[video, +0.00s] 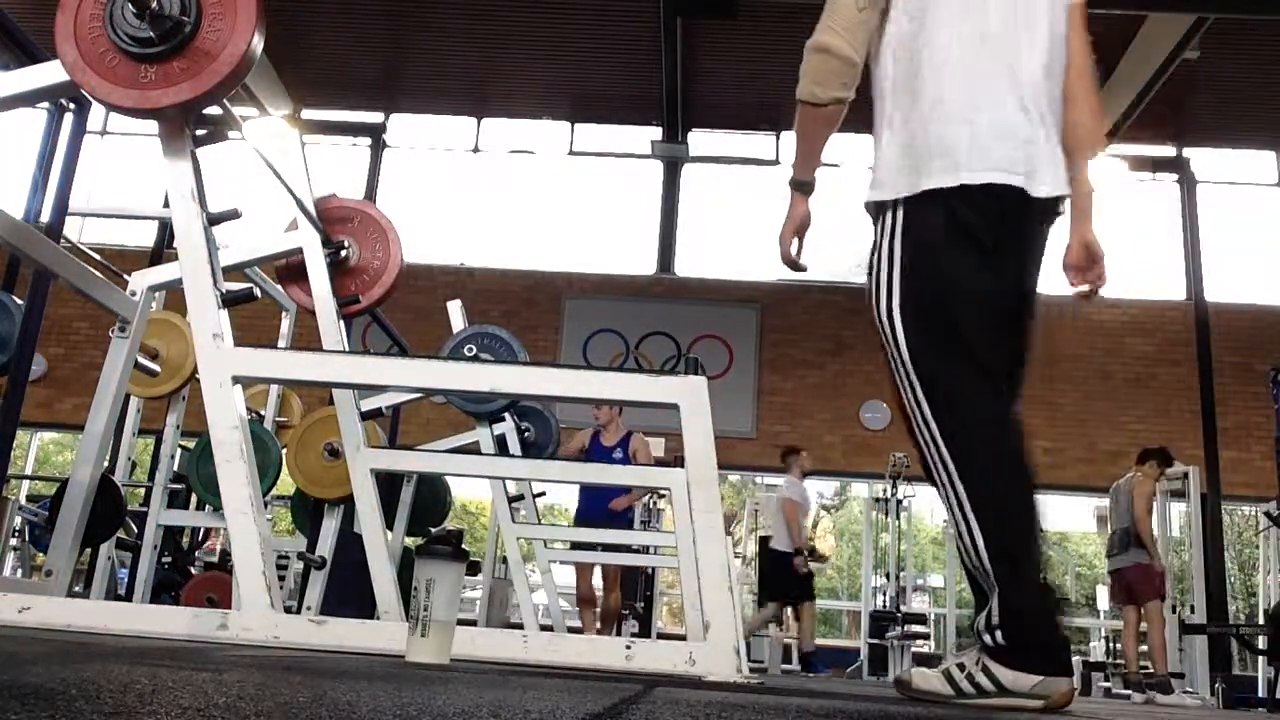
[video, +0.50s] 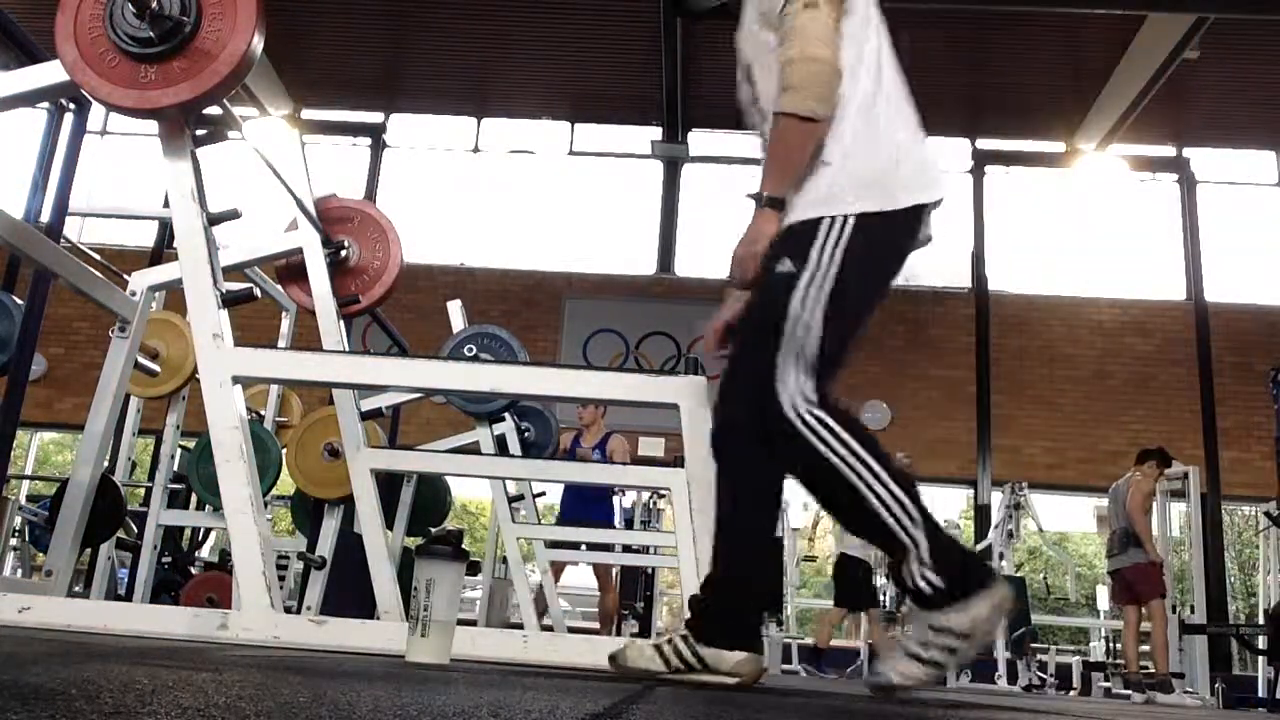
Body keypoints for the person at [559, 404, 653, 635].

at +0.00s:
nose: (595, 412)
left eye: (600, 407)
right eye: (594, 408)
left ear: (616, 410)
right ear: (595, 411)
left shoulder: (635, 441)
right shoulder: (586, 436)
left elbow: (648, 479)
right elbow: (559, 457)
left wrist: (629, 498)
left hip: (616, 520)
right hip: (586, 517)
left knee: (611, 580)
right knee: (583, 577)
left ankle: (605, 636)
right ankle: (589, 634)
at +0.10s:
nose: (596, 412)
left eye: (601, 408)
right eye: (594, 408)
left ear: (618, 410)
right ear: (594, 412)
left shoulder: (635, 444)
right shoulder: (586, 437)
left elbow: (647, 481)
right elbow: (560, 456)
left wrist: (627, 499)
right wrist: (581, 458)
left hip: (615, 521)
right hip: (583, 517)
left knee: (611, 580)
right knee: (577, 576)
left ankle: (606, 637)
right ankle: (583, 633)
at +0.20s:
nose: (595, 413)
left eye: (600, 408)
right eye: (594, 408)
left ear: (616, 411)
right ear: (594, 412)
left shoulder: (633, 444)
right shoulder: (585, 437)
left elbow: (645, 482)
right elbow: (560, 457)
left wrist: (620, 498)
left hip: (613, 521)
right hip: (582, 517)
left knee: (611, 580)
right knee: (571, 576)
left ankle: (606, 636)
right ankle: (570, 631)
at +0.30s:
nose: (591, 412)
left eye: (597, 408)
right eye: (590, 408)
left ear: (613, 411)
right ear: (590, 412)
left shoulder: (628, 443)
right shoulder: (581, 438)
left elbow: (638, 482)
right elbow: (556, 461)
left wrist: (616, 491)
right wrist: (580, 471)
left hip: (611, 520)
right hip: (579, 516)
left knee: (610, 581)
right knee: (563, 575)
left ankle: (607, 637)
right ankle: (556, 628)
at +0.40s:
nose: (586, 412)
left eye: (592, 407)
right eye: (585, 407)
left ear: (608, 410)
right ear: (586, 412)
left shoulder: (624, 443)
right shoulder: (576, 438)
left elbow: (630, 481)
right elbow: (551, 464)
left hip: (607, 522)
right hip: (574, 517)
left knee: (609, 583)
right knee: (555, 575)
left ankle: (606, 638)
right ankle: (540, 629)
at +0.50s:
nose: (579, 412)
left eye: (585, 407)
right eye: (579, 407)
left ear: (600, 411)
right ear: (579, 412)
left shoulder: (615, 442)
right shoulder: (567, 438)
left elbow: (622, 481)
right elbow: (549, 467)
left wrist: (593, 462)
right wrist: (563, 458)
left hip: (599, 519)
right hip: (569, 515)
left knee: (604, 579)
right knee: (552, 573)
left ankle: (606, 635)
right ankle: (530, 625)